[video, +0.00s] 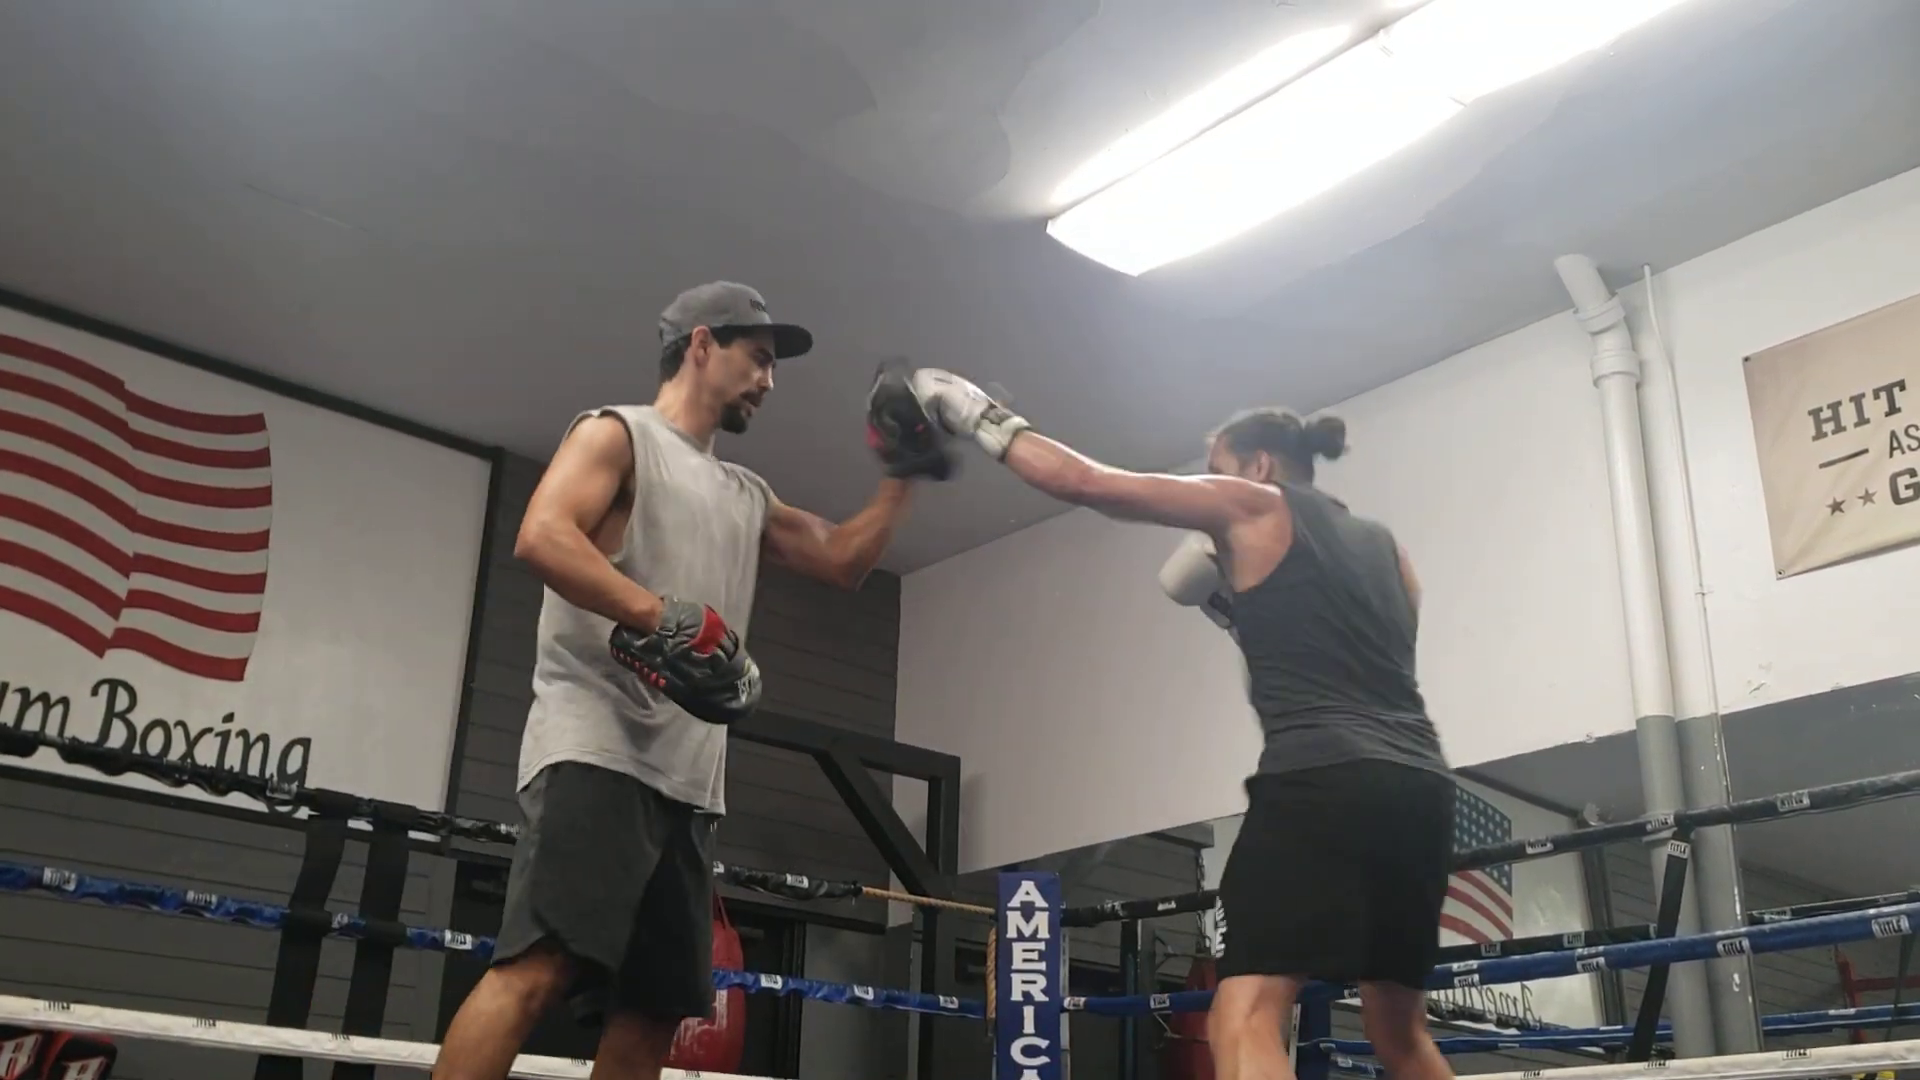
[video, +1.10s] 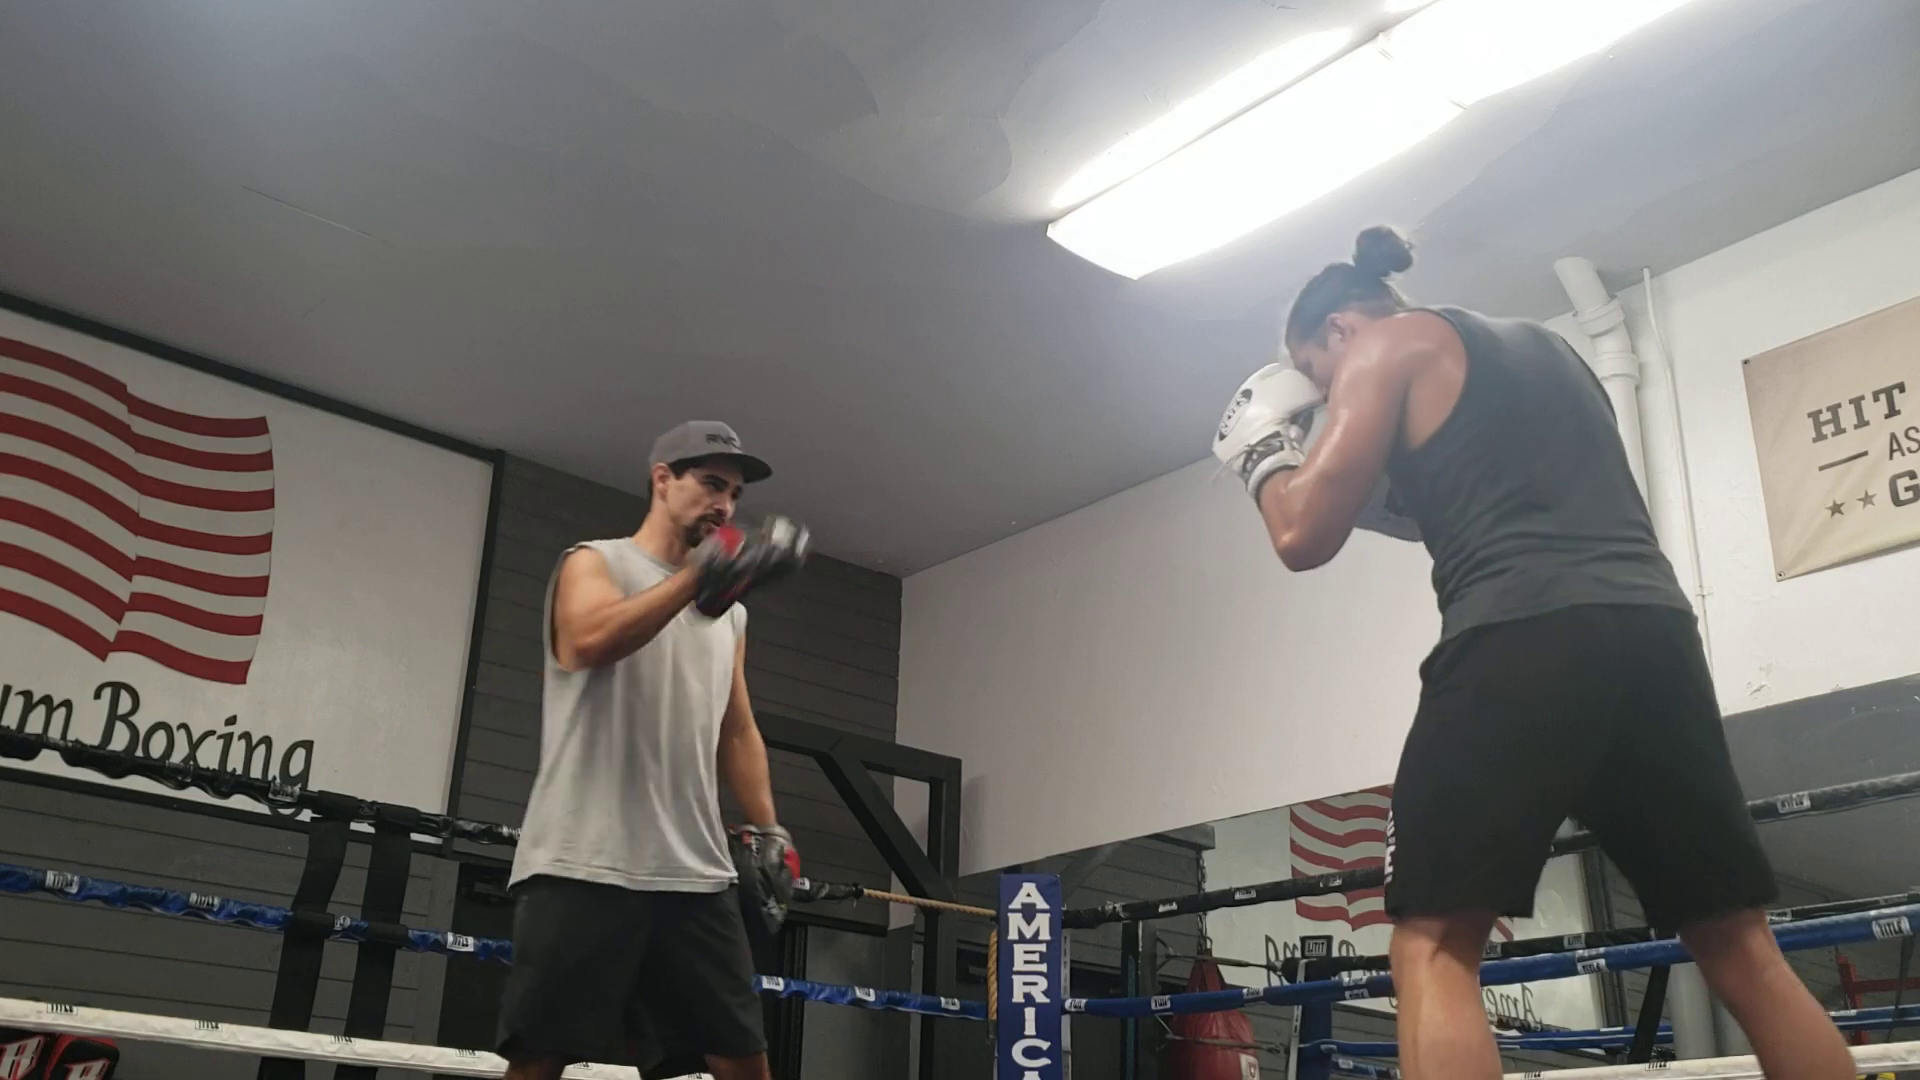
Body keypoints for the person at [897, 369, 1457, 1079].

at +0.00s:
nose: (1211, 486)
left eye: (1217, 471)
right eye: (1211, 472)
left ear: (1260, 465)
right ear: (1288, 465)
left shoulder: (1253, 503)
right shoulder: (1387, 545)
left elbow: (1084, 481)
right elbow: (1371, 650)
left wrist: (980, 415)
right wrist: (1229, 600)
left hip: (1319, 777)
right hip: (1422, 783)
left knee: (1248, 1019)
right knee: (1402, 1031)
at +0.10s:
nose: (1214, 470)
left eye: (1221, 452)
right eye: (1214, 454)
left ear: (1273, 442)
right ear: (1296, 440)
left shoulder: (1274, 478)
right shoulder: (1400, 521)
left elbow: (1085, 493)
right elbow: (1338, 637)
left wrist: (1014, 478)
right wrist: (1235, 587)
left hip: (1327, 769)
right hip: (1439, 773)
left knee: (1230, 1007)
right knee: (1457, 1023)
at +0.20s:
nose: (1242, 487)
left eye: (1242, 470)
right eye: (1238, 476)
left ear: (1287, 442)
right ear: (1302, 438)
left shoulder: (1306, 477)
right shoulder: (1427, 512)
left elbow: (1172, 561)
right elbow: (1344, 619)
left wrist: (1161, 517)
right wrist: (1250, 560)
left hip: (1354, 761)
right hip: (1469, 764)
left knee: (1240, 999)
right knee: (1546, 1032)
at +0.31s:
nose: (1293, 497)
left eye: (1291, 479)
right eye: (1285, 487)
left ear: (1327, 442)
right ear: (1352, 433)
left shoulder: (1364, 473)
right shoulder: (1478, 507)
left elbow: (1243, 586)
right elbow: (1392, 641)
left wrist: (1235, 522)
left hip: (1409, 764)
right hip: (1531, 764)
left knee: (1277, 1003)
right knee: (1628, 1030)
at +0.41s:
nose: (1362, 491)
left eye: (1358, 473)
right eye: (1351, 481)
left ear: (1385, 433)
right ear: (1414, 416)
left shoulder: (1437, 454)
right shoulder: (1547, 496)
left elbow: (1313, 568)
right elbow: (1454, 667)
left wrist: (1295, 505)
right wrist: (1380, 605)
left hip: (1471, 755)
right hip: (1595, 759)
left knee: (1329, 985)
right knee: (1674, 1032)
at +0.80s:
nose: (1432, 406)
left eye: (1426, 386)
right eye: (1424, 396)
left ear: (1453, 349)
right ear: (1489, 332)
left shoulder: (1507, 365)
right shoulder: (1628, 412)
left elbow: (1362, 489)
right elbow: (1520, 587)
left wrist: (1351, 416)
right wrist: (1441, 513)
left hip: (1548, 674)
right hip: (1673, 684)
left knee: (1421, 938)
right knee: (1720, 995)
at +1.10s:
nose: (1325, 388)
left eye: (1318, 369)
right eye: (1315, 377)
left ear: (1341, 324)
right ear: (1389, 297)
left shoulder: (1388, 343)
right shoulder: (1545, 348)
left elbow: (1301, 533)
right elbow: (1457, 504)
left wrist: (1263, 450)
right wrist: (1325, 473)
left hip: (1517, 647)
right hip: (1655, 638)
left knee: (1434, 950)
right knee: (1742, 948)